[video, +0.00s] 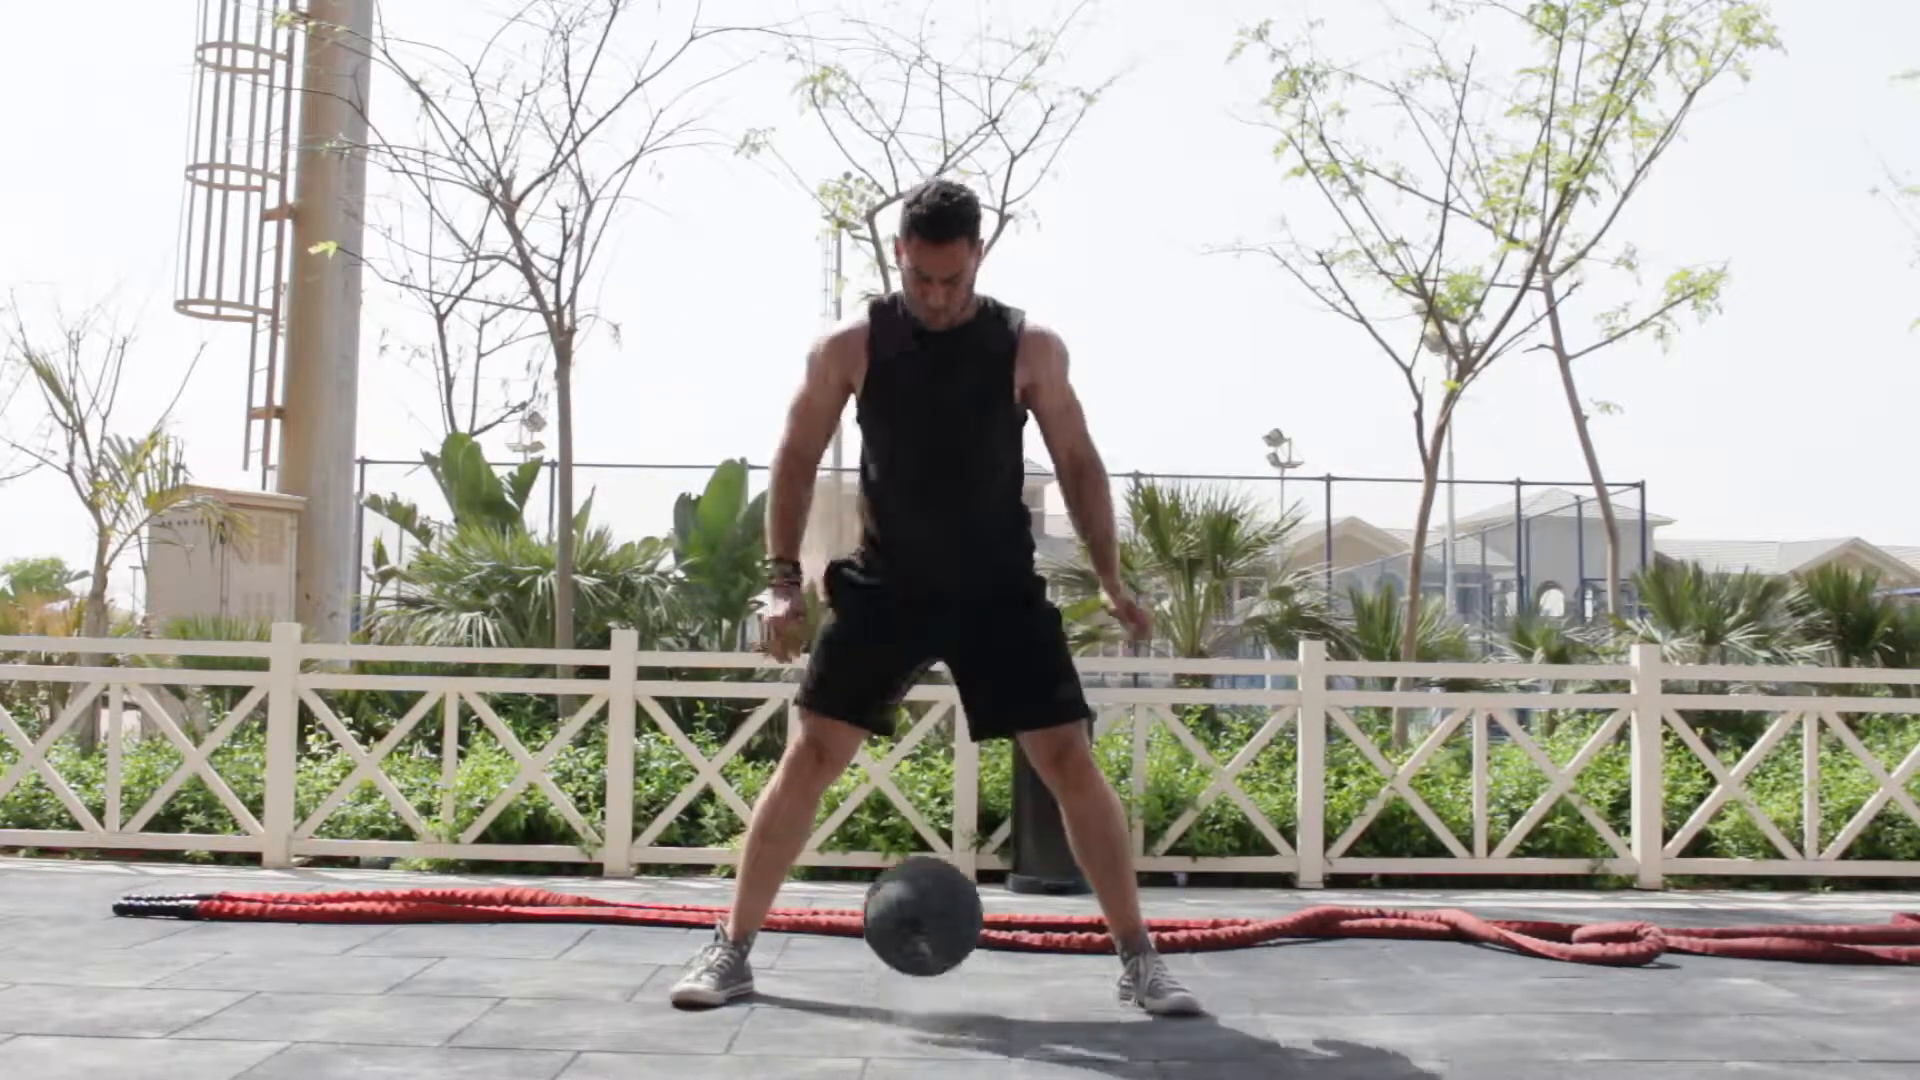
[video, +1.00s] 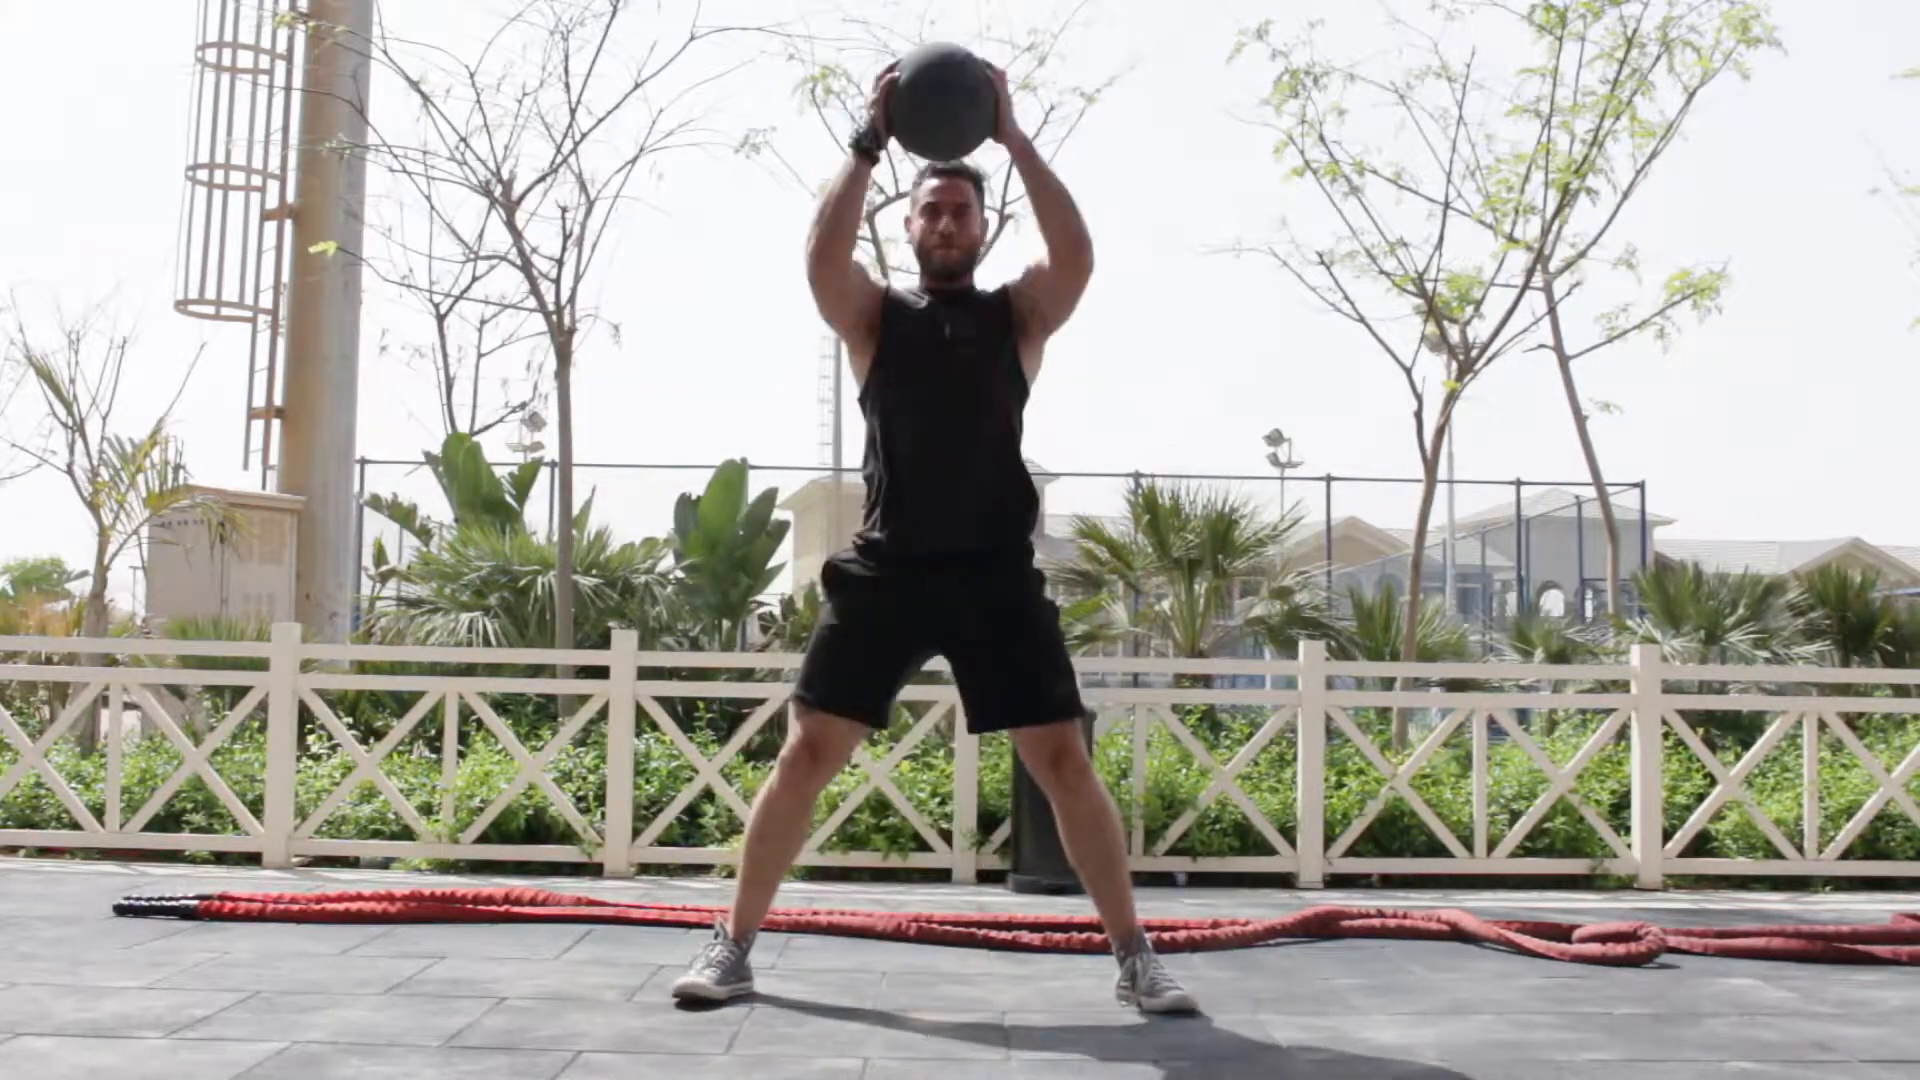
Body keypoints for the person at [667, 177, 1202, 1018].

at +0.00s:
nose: (939, 296)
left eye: (954, 279)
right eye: (924, 278)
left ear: (979, 262)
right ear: (898, 259)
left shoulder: (1031, 353)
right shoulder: (849, 352)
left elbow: (1079, 466)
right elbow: (796, 461)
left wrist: (1110, 578)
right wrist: (783, 577)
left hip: (999, 596)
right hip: (886, 592)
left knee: (1067, 756)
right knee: (809, 755)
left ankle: (1140, 958)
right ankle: (731, 948)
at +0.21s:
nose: (928, 454)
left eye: (944, 439)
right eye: (913, 437)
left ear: (971, 411)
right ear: (891, 408)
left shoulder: (1017, 476)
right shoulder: (846, 486)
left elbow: (1038, 626)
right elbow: (820, 630)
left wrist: (1023, 765)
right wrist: (835, 762)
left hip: (993, 645)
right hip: (884, 644)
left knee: (1097, 746)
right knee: (774, 745)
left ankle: (1137, 957)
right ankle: (729, 952)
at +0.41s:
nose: (930, 660)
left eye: (946, 645)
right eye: (916, 643)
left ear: (973, 614)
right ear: (889, 608)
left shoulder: (1017, 644)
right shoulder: (838, 646)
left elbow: (1008, 796)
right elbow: (826, 794)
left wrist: (980, 929)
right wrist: (827, 919)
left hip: (980, 741)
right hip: (869, 739)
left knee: (1102, 763)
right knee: (751, 760)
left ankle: (1138, 966)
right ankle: (725, 954)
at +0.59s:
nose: (935, 589)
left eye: (953, 573)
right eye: (920, 571)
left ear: (977, 554)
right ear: (894, 543)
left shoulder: (1019, 606)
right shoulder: (842, 601)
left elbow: (1006, 754)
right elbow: (833, 744)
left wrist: (972, 874)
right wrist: (834, 866)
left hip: (981, 728)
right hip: (872, 726)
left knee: (1100, 760)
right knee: (753, 752)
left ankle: (1138, 962)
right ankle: (727, 954)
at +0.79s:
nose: (935, 334)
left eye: (951, 319)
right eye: (920, 318)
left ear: (974, 322)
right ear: (895, 317)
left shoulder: (1022, 412)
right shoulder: (847, 419)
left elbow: (1048, 517)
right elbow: (828, 528)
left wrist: (1020, 576)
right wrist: (856, 580)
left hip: (993, 597)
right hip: (877, 599)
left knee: (1076, 745)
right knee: (780, 739)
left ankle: (1139, 959)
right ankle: (729, 950)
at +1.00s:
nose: (948, 217)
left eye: (963, 209)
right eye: (933, 207)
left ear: (985, 229)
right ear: (905, 228)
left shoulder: (1017, 315)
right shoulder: (872, 316)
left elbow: (1072, 259)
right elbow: (825, 259)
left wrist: (1017, 141)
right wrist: (870, 139)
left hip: (998, 574)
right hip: (888, 574)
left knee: (1062, 758)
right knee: (807, 752)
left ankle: (1135, 959)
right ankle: (733, 951)